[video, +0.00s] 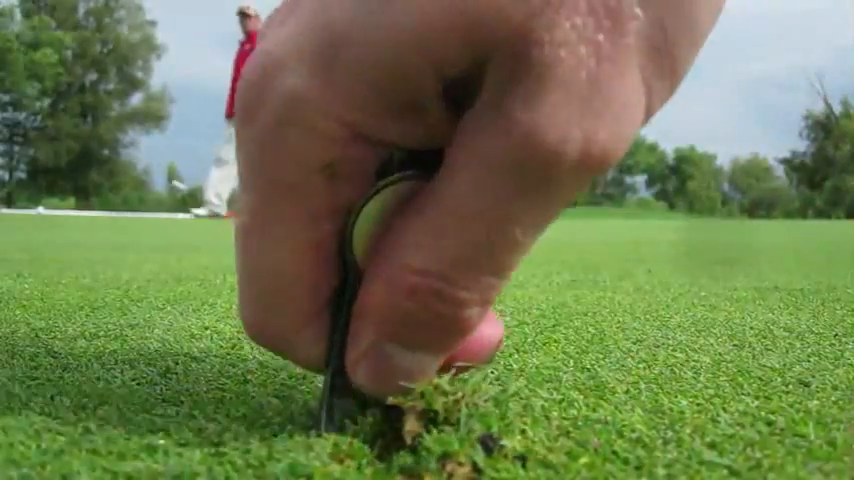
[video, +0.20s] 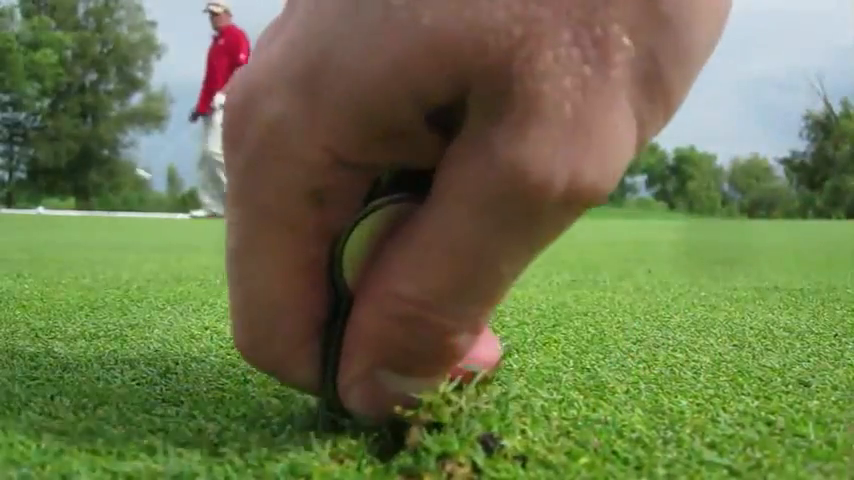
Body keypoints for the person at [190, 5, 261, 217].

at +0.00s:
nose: (244, 22)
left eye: (248, 18)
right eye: (242, 19)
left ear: (258, 19)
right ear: (241, 22)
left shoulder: (261, 43)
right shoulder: (244, 45)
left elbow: (255, 78)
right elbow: (237, 78)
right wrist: (231, 109)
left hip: (251, 114)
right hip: (236, 114)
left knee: (227, 159)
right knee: (226, 159)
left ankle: (215, 203)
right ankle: (215, 203)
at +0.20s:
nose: (212, 19)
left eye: (216, 15)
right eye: (211, 15)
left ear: (227, 15)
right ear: (211, 17)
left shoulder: (236, 35)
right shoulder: (216, 41)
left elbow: (242, 68)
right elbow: (209, 77)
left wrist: (225, 92)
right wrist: (199, 106)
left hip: (223, 101)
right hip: (210, 103)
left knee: (214, 150)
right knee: (206, 155)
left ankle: (234, 201)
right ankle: (211, 204)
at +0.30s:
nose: (200, 17)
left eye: (203, 12)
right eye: (198, 13)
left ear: (214, 12)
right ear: (199, 15)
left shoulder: (225, 34)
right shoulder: (202, 40)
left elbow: (230, 65)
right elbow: (196, 74)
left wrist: (211, 88)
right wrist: (179, 96)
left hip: (213, 99)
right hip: (198, 101)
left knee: (196, 145)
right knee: (201, 148)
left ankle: (207, 198)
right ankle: (205, 199)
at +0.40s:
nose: (189, 17)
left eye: (192, 12)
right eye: (187, 13)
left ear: (203, 13)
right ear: (186, 14)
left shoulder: (212, 34)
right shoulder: (188, 39)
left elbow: (220, 64)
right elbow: (183, 70)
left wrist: (197, 85)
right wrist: (168, 87)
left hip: (204, 103)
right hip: (188, 103)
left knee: (185, 150)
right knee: (203, 156)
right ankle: (210, 204)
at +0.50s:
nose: (177, 17)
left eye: (180, 12)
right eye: (175, 13)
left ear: (191, 13)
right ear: (174, 14)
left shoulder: (201, 35)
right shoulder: (174, 40)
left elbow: (206, 68)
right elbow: (167, 71)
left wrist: (180, 84)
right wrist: (155, 85)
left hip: (192, 103)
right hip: (175, 102)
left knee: (169, 150)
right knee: (192, 157)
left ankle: (148, 199)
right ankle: (212, 203)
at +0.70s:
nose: (152, 13)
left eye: (156, 9)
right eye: (149, 9)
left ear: (167, 8)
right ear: (147, 10)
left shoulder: (177, 32)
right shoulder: (147, 36)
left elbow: (181, 67)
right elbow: (139, 64)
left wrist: (151, 80)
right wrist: (132, 83)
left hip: (165, 97)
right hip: (147, 96)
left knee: (146, 148)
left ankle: (142, 200)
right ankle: (172, 183)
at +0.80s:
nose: (140, 9)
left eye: (144, 5)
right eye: (138, 6)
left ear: (155, 5)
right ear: (135, 8)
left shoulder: (166, 29)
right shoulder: (135, 32)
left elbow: (168, 64)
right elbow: (129, 62)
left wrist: (139, 76)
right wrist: (122, 79)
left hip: (152, 97)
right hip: (132, 97)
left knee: (142, 148)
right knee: (114, 145)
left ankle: (141, 201)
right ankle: (138, 192)